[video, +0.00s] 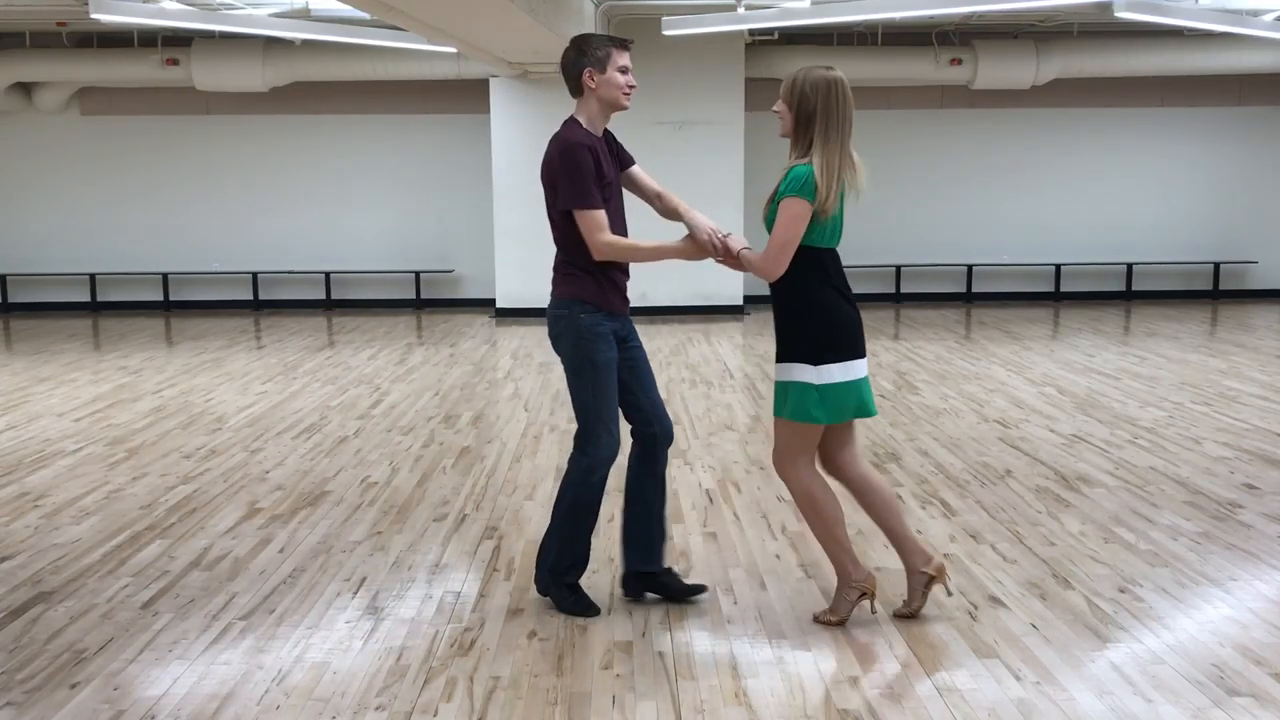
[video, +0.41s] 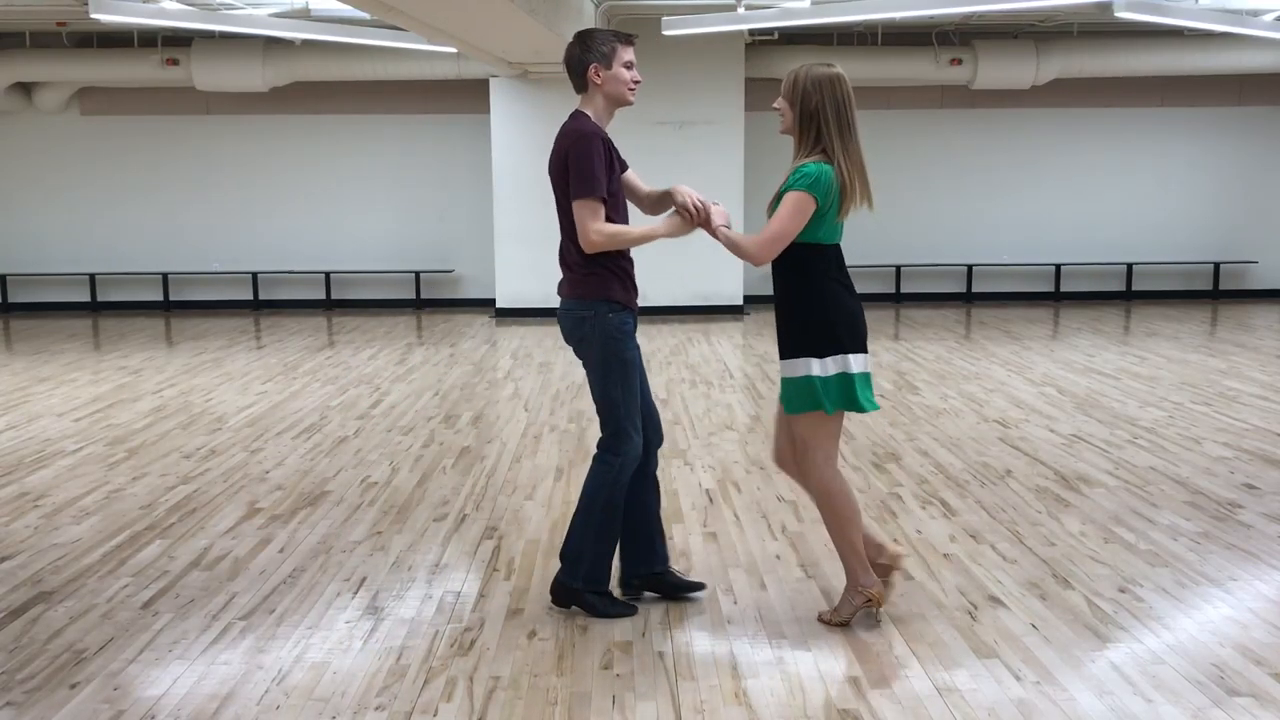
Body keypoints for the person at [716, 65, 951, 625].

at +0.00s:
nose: (775, 108)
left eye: (783, 101)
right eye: (779, 100)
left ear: (805, 112)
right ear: (818, 111)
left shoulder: (805, 175)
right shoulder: (825, 170)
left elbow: (771, 268)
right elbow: (790, 262)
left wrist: (733, 250)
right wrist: (739, 259)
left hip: (810, 338)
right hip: (837, 332)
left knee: (791, 461)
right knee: (842, 458)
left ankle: (851, 576)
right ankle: (919, 560)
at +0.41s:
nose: (776, 105)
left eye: (784, 98)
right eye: (779, 97)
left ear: (805, 109)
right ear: (819, 109)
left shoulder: (815, 174)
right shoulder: (810, 171)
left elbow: (760, 251)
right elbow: (771, 246)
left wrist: (715, 229)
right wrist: (728, 228)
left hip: (824, 335)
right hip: (811, 333)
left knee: (817, 463)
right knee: (788, 455)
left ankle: (863, 583)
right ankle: (875, 553)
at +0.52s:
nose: (768, 107)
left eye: (777, 99)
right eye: (771, 98)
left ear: (801, 110)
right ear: (808, 109)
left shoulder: (810, 175)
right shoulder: (801, 172)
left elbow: (741, 237)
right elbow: (747, 233)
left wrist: (703, 210)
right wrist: (705, 212)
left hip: (820, 340)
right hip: (801, 339)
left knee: (817, 459)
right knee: (758, 445)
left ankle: (863, 579)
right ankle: (810, 559)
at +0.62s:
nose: (757, 107)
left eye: (766, 100)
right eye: (760, 99)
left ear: (790, 110)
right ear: (797, 110)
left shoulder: (794, 175)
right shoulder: (786, 170)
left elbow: (715, 223)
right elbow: (730, 217)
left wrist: (683, 188)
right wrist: (692, 191)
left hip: (805, 344)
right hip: (780, 341)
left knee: (807, 462)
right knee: (740, 442)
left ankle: (861, 576)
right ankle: (756, 562)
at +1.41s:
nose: (709, 111)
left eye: (716, 102)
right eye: (711, 102)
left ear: (738, 113)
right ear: (733, 117)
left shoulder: (741, 162)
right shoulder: (714, 163)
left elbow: (708, 89)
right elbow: (681, 99)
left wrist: (677, 18)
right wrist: (654, 29)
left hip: (718, 330)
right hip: (702, 326)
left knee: (662, 449)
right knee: (668, 446)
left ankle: (695, 568)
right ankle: (715, 549)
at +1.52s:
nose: (716, 115)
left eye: (723, 104)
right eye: (717, 106)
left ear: (744, 114)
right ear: (736, 118)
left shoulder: (747, 166)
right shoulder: (721, 166)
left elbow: (716, 95)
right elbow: (689, 109)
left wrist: (686, 23)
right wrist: (665, 45)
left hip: (721, 338)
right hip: (706, 333)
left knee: (663, 452)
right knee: (682, 449)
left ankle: (707, 565)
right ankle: (719, 551)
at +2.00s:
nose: (755, 112)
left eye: (765, 105)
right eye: (759, 104)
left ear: (788, 115)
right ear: (790, 117)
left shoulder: (794, 176)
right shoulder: (776, 178)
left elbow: (775, 224)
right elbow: (729, 234)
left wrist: (726, 239)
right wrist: (674, 258)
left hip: (784, 338)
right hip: (764, 336)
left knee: (769, 455)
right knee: (722, 439)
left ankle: (828, 569)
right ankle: (731, 558)